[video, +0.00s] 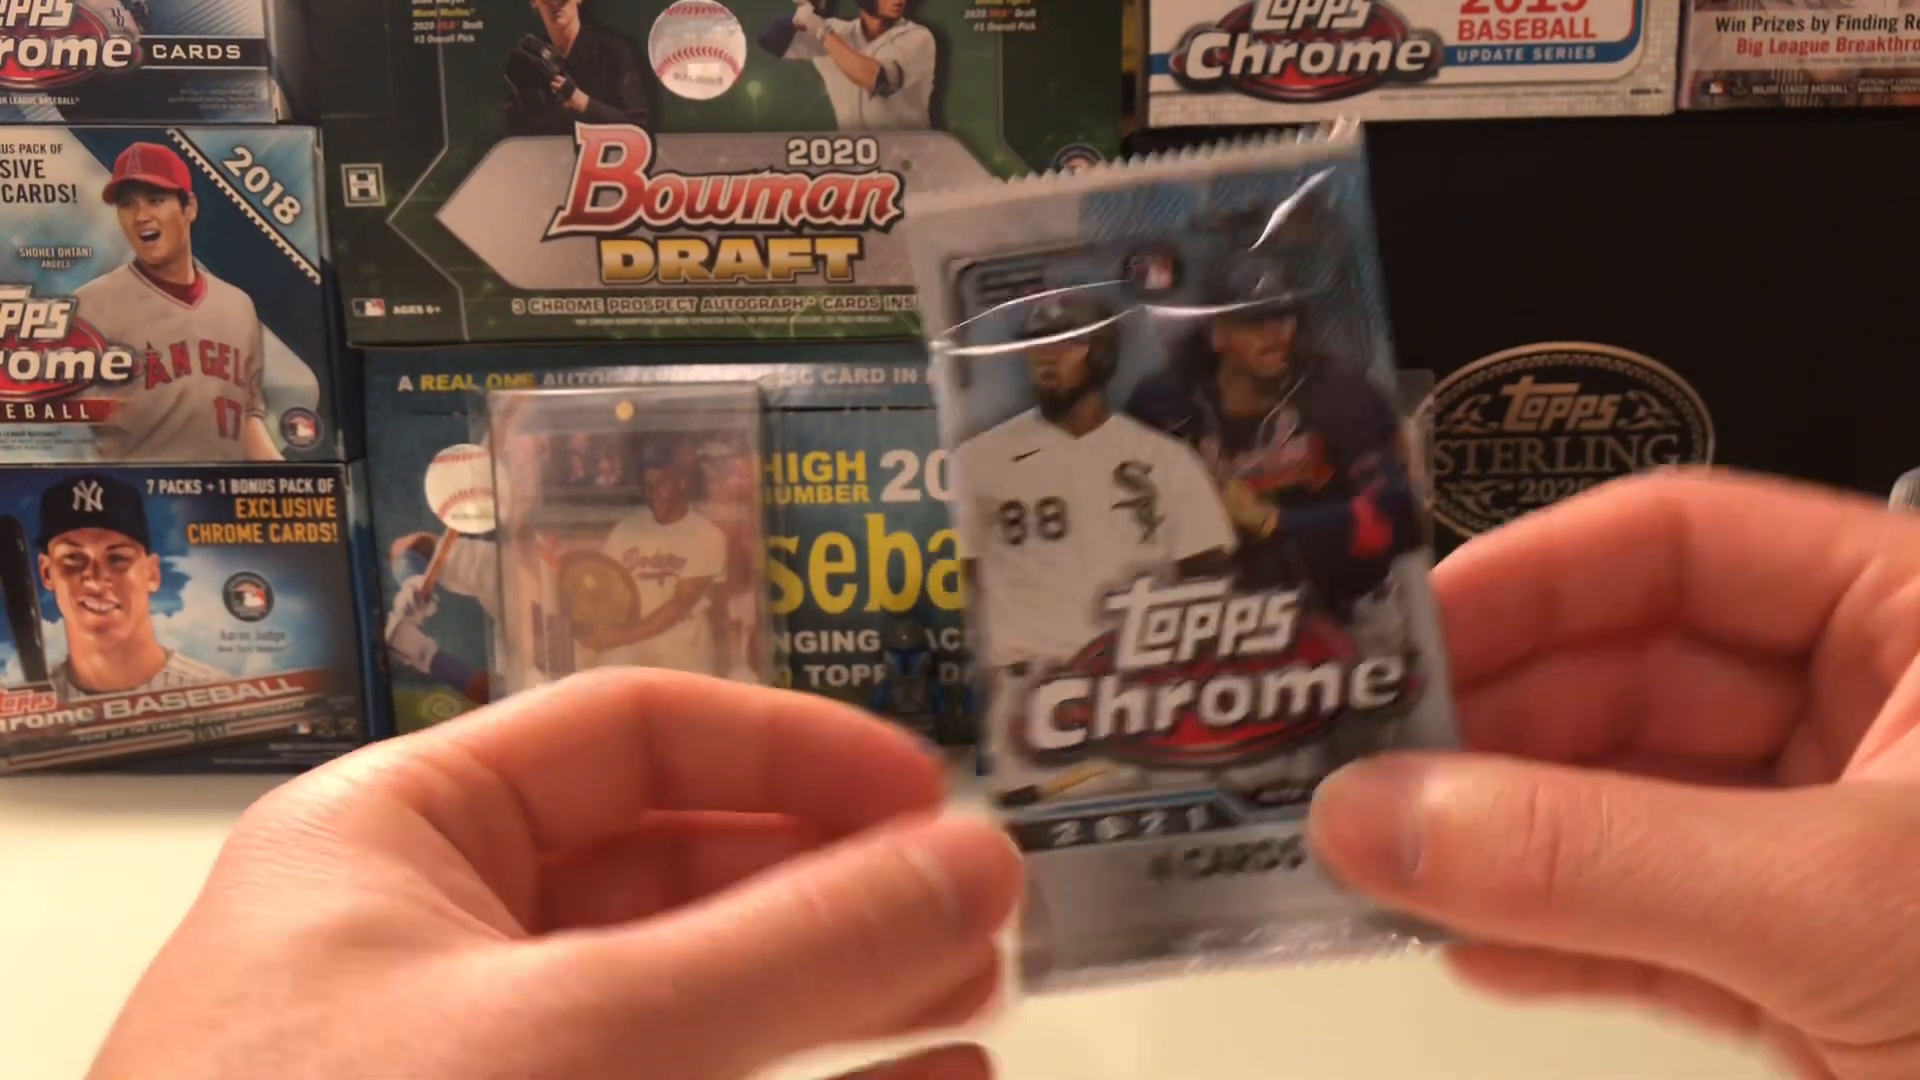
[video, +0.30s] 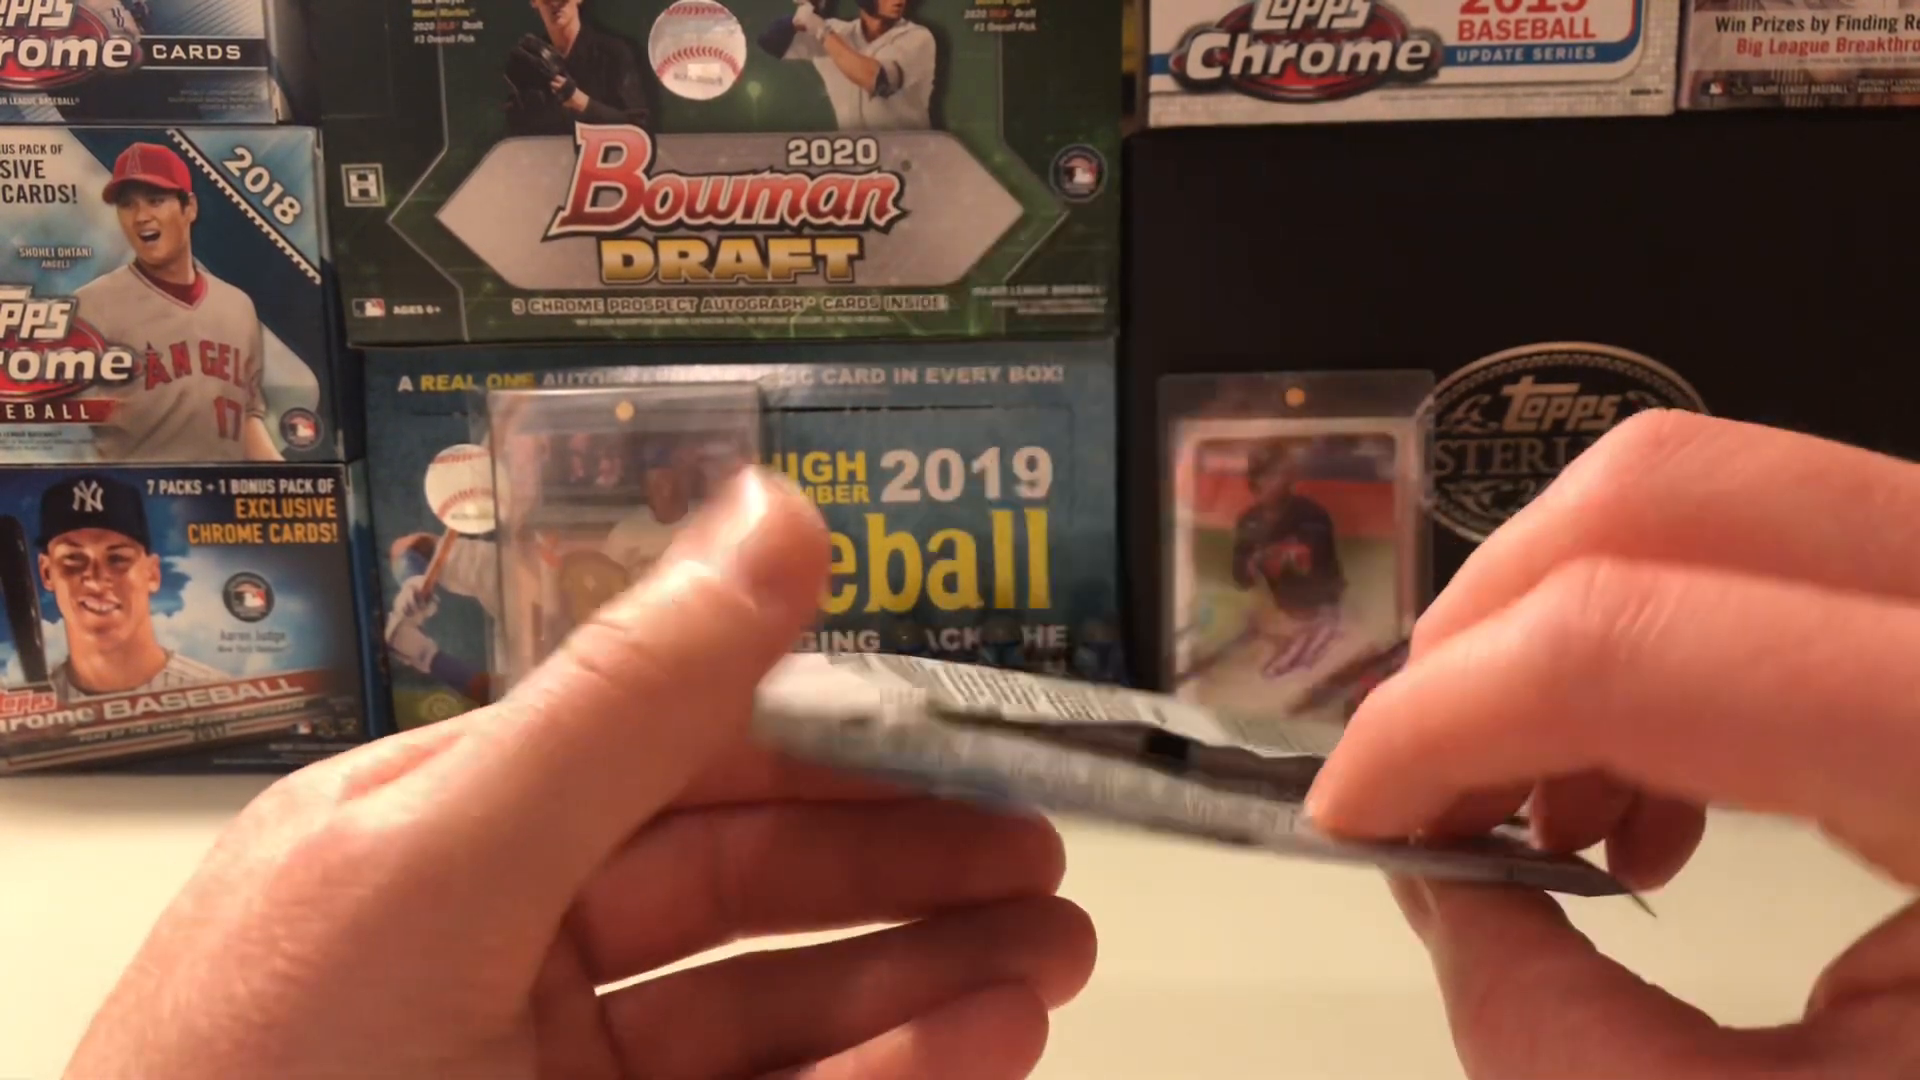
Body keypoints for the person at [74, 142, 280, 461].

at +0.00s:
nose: (142, 216)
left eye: (156, 199)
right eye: (128, 203)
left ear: (189, 209)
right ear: (118, 216)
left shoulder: (238, 307)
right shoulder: (91, 306)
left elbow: (248, 414)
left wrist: (283, 482)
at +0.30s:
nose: (142, 216)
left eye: (157, 200)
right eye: (128, 203)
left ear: (189, 209)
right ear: (118, 217)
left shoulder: (238, 307)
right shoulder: (91, 307)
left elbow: (248, 414)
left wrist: (282, 482)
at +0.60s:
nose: (142, 216)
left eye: (157, 200)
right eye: (128, 203)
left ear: (189, 209)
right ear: (118, 217)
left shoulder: (238, 306)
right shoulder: (90, 307)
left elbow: (247, 414)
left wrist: (282, 480)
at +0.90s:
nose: (142, 216)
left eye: (156, 200)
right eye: (128, 203)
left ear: (189, 209)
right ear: (118, 216)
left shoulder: (238, 306)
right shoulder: (91, 306)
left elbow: (248, 414)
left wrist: (282, 481)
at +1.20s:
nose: (142, 216)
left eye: (156, 200)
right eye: (128, 204)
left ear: (189, 210)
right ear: (118, 217)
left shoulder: (238, 307)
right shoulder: (91, 306)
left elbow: (248, 414)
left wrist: (282, 481)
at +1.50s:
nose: (143, 216)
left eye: (156, 199)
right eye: (129, 203)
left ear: (189, 209)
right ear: (118, 217)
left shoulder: (238, 306)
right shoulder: (91, 307)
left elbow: (248, 414)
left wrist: (283, 482)